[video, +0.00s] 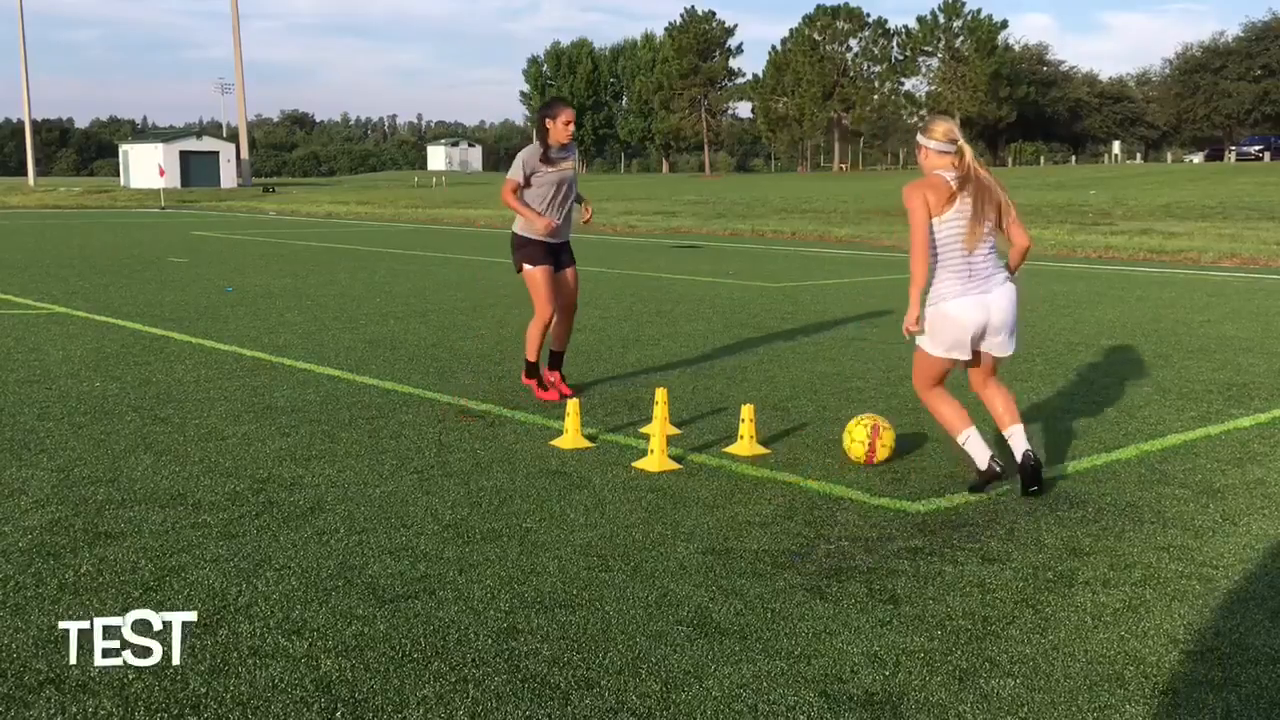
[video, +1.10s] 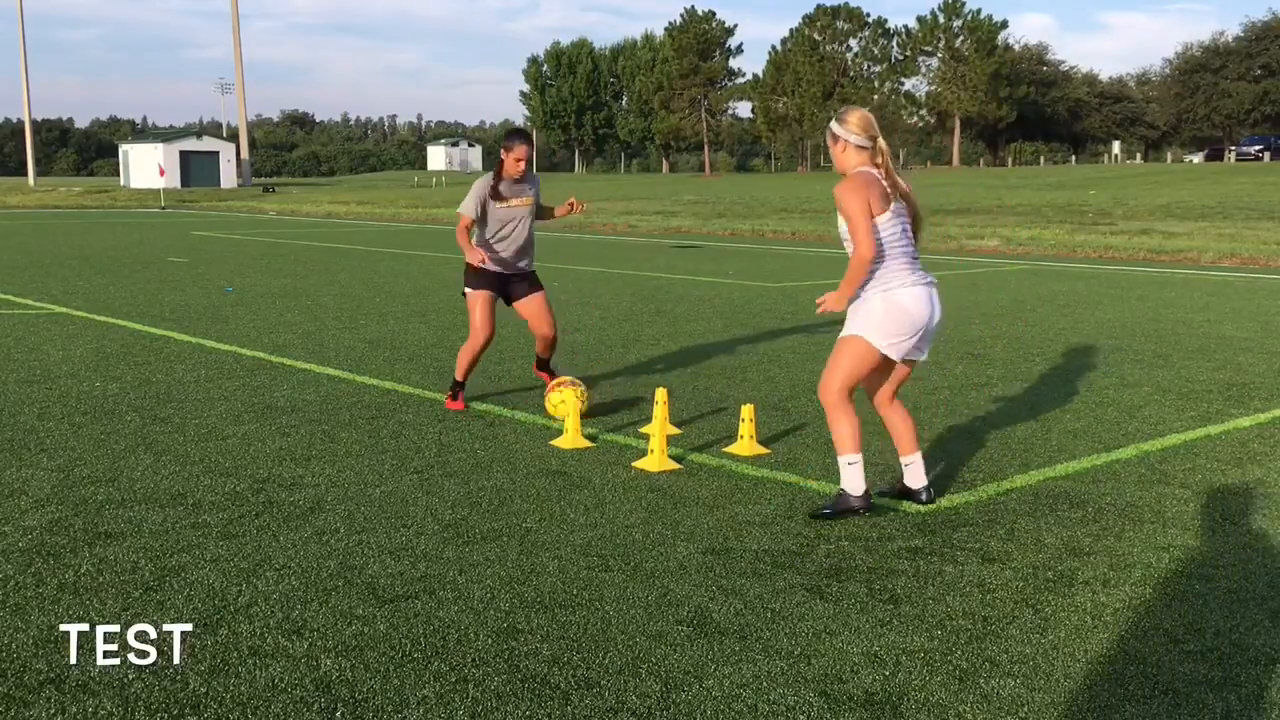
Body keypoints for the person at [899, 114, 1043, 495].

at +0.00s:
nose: (918, 156)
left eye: (919, 150)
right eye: (919, 149)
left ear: (928, 151)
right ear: (957, 149)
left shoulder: (920, 189)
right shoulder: (986, 183)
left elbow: (921, 252)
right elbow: (1022, 242)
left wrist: (914, 303)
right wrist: (1006, 274)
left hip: (954, 306)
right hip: (1000, 299)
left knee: (927, 383)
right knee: (984, 376)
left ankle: (986, 462)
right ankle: (1025, 454)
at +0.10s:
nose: (916, 169)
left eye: (917, 164)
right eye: (917, 164)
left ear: (923, 165)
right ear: (956, 162)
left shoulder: (917, 204)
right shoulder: (984, 196)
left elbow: (920, 263)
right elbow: (1017, 252)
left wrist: (919, 318)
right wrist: (1016, 284)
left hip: (946, 316)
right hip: (992, 308)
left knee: (939, 388)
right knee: (968, 366)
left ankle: (956, 461)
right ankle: (1000, 427)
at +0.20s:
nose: (916, 180)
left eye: (916, 174)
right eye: (917, 174)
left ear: (922, 175)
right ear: (954, 172)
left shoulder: (918, 216)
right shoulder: (984, 210)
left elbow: (912, 279)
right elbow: (1010, 268)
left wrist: (905, 332)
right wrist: (1017, 299)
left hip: (939, 328)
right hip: (982, 329)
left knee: (919, 378)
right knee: (944, 358)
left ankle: (955, 459)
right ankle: (951, 423)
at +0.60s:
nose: (899, 176)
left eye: (900, 170)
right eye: (900, 170)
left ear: (907, 172)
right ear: (936, 172)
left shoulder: (903, 212)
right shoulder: (954, 211)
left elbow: (887, 272)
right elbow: (969, 273)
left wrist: (854, 313)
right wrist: (961, 315)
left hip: (922, 321)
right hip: (959, 319)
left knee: (860, 378)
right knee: (913, 372)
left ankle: (908, 446)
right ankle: (944, 446)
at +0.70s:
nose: (889, 169)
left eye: (890, 163)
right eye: (890, 163)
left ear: (899, 164)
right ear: (925, 163)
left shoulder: (896, 204)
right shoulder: (945, 202)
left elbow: (879, 261)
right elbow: (961, 264)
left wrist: (836, 291)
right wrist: (958, 312)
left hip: (916, 317)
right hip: (951, 313)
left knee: (854, 380)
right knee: (918, 373)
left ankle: (893, 457)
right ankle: (942, 446)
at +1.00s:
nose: (841, 134)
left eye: (843, 127)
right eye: (842, 127)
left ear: (852, 129)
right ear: (880, 130)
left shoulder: (860, 162)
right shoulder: (902, 165)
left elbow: (882, 206)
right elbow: (924, 226)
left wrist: (861, 257)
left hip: (896, 279)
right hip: (928, 276)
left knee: (852, 371)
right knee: (886, 370)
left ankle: (882, 470)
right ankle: (914, 461)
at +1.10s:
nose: (830, 152)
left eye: (830, 144)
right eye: (830, 144)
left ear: (841, 145)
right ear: (869, 144)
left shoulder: (850, 187)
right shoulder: (893, 182)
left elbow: (867, 252)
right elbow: (906, 241)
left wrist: (842, 295)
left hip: (888, 302)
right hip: (923, 297)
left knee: (832, 389)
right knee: (883, 392)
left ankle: (854, 491)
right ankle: (917, 483)